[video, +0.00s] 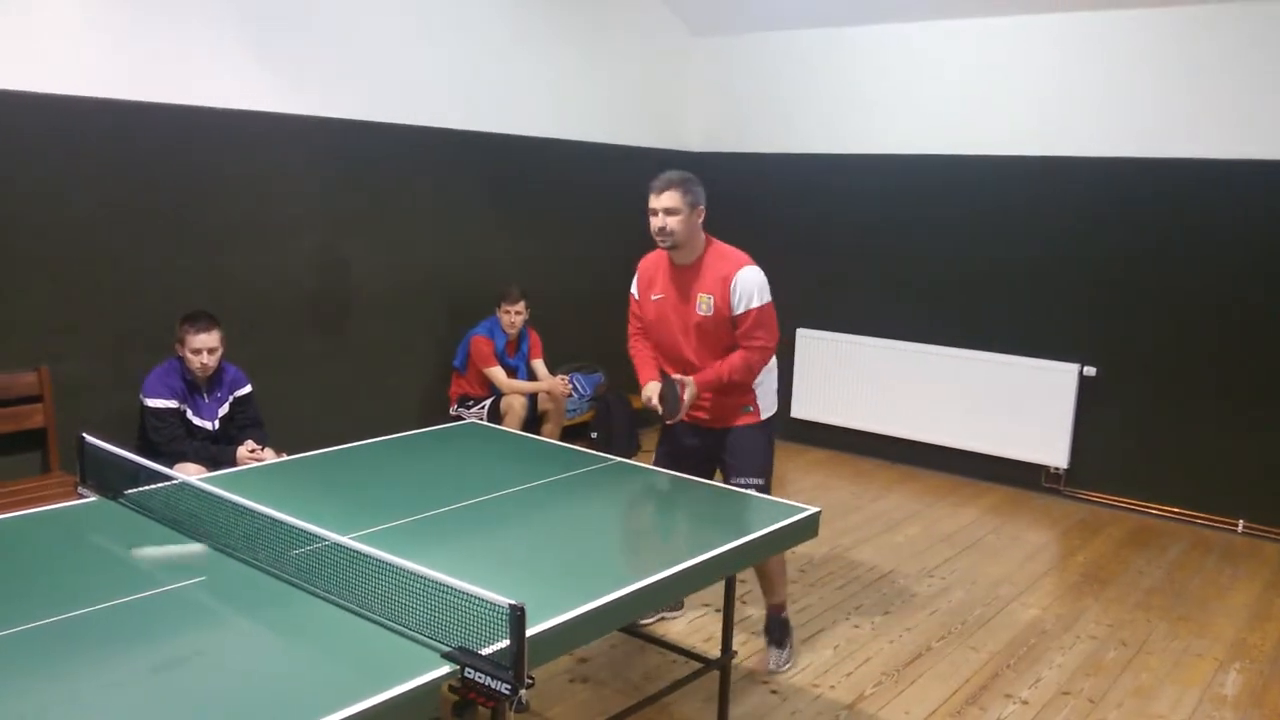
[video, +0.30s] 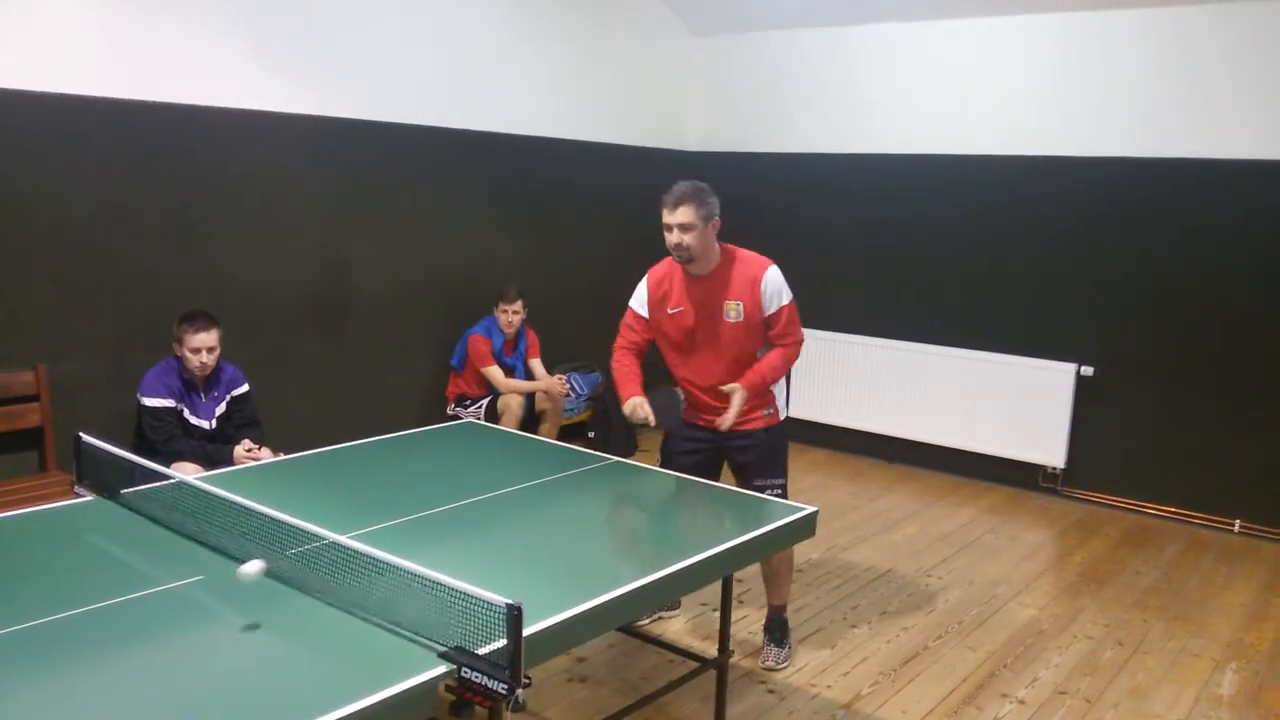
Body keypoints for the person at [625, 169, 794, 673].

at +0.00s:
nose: (658, 223)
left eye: (669, 213)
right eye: (653, 213)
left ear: (699, 215)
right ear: (649, 216)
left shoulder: (740, 273)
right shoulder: (647, 271)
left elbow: (760, 347)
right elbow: (638, 335)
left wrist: (700, 382)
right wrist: (650, 379)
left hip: (743, 418)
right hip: (684, 416)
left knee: (752, 518)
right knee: (662, 506)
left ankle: (778, 624)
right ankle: (667, 593)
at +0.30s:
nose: (675, 239)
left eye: (685, 229)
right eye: (668, 229)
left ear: (714, 227)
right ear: (663, 230)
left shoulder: (758, 275)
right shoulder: (656, 282)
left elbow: (789, 341)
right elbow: (625, 347)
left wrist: (749, 384)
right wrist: (632, 394)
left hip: (756, 422)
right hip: (692, 419)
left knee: (771, 522)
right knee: (666, 508)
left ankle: (776, 623)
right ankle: (665, 590)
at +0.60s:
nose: (705, 214)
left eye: (716, 204)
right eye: (699, 203)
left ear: (744, 207)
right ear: (691, 205)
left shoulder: (779, 266)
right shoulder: (674, 266)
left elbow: (808, 339)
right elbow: (657, 331)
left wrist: (786, 405)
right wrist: (654, 381)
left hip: (756, 430)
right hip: (690, 423)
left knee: (769, 530)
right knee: (661, 512)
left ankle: (775, 625)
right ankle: (646, 593)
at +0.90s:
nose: (691, 190)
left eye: (703, 183)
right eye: (687, 182)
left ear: (730, 191)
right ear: (680, 188)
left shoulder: (759, 255)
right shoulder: (663, 249)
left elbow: (795, 332)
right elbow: (650, 319)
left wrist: (818, 406)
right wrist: (645, 358)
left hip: (733, 425)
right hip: (665, 417)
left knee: (753, 527)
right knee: (646, 516)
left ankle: (773, 622)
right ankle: (640, 611)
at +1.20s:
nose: (639, 243)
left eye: (648, 233)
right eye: (636, 234)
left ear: (681, 230)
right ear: (645, 237)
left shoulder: (730, 277)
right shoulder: (656, 285)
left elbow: (766, 351)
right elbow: (662, 351)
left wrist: (696, 370)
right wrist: (629, 393)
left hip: (740, 435)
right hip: (687, 428)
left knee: (737, 536)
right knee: (657, 513)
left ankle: (751, 641)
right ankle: (665, 598)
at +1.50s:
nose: (620, 236)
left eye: (627, 226)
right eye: (619, 227)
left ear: (659, 222)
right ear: (645, 226)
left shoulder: (724, 261)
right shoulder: (634, 285)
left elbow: (771, 321)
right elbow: (599, 338)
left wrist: (711, 339)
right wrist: (536, 360)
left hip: (742, 420)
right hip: (682, 418)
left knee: (747, 530)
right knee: (662, 512)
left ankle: (755, 638)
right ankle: (674, 594)